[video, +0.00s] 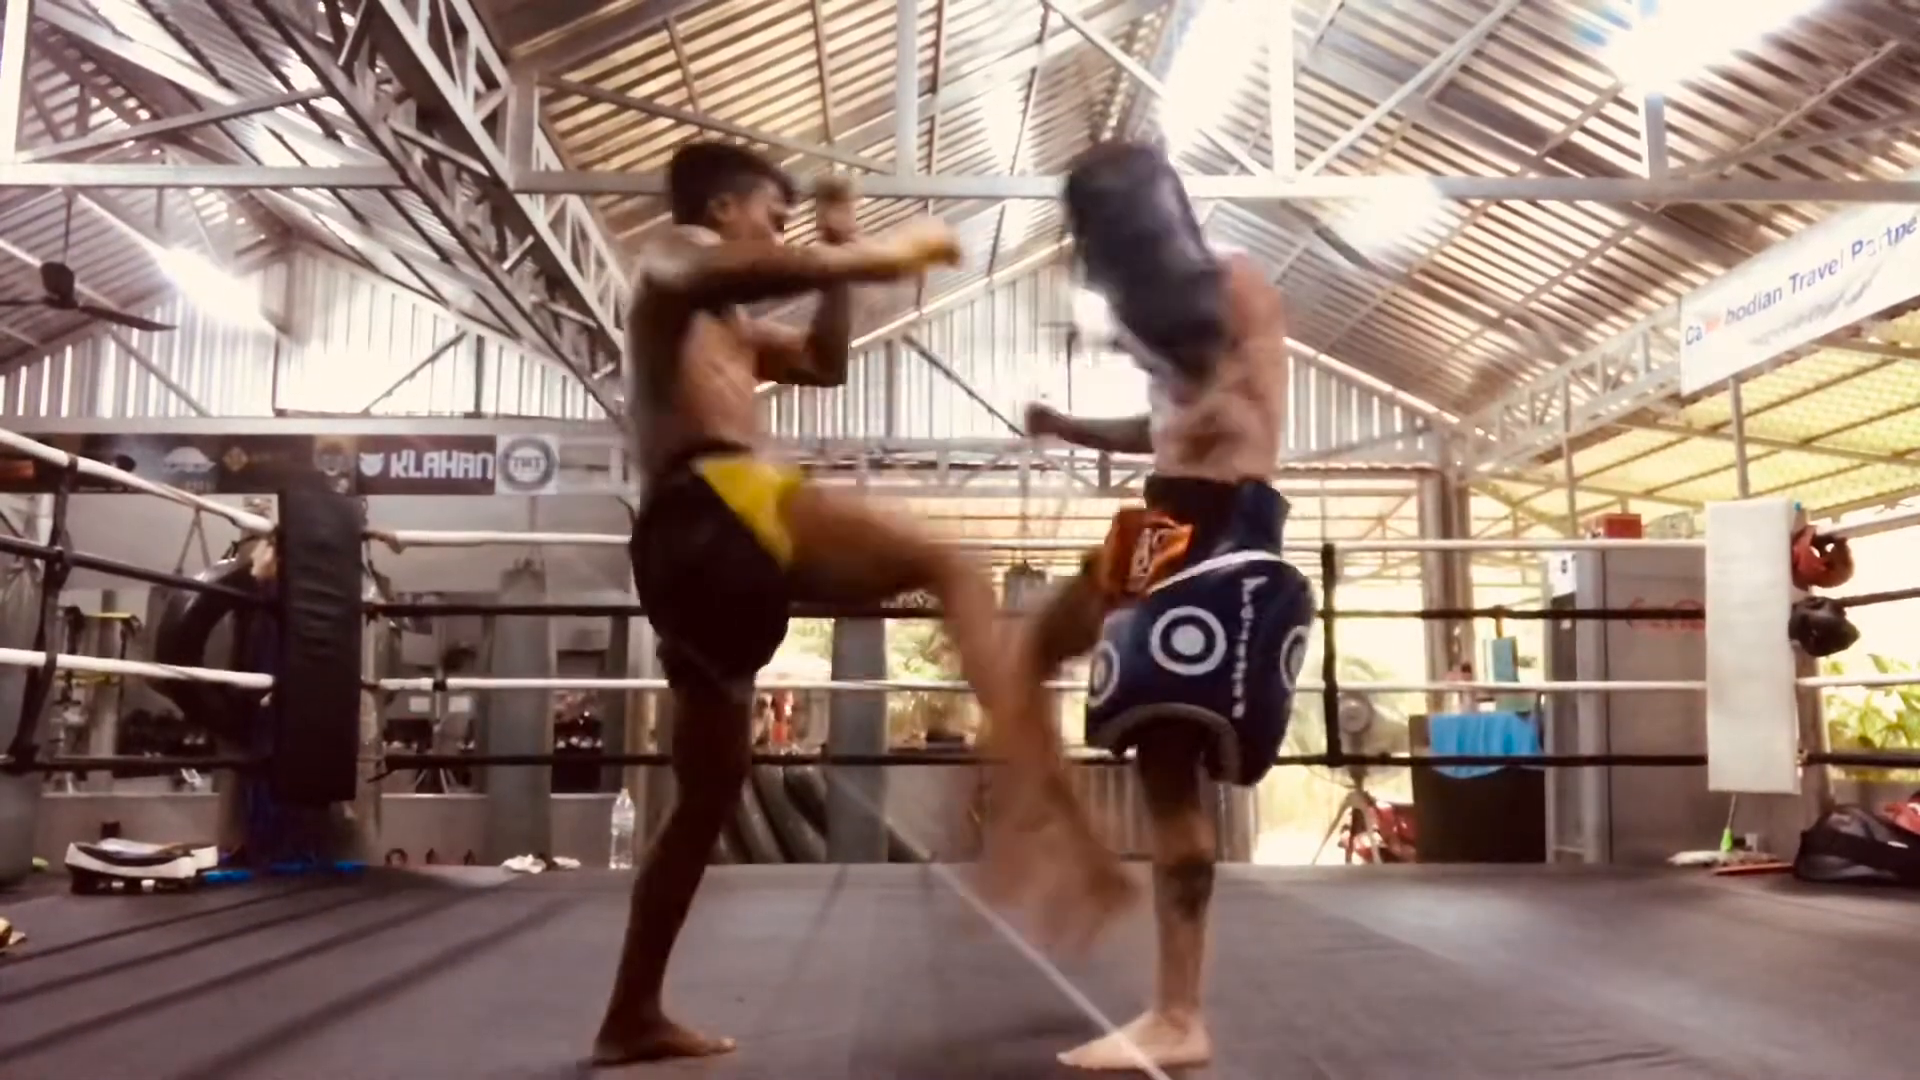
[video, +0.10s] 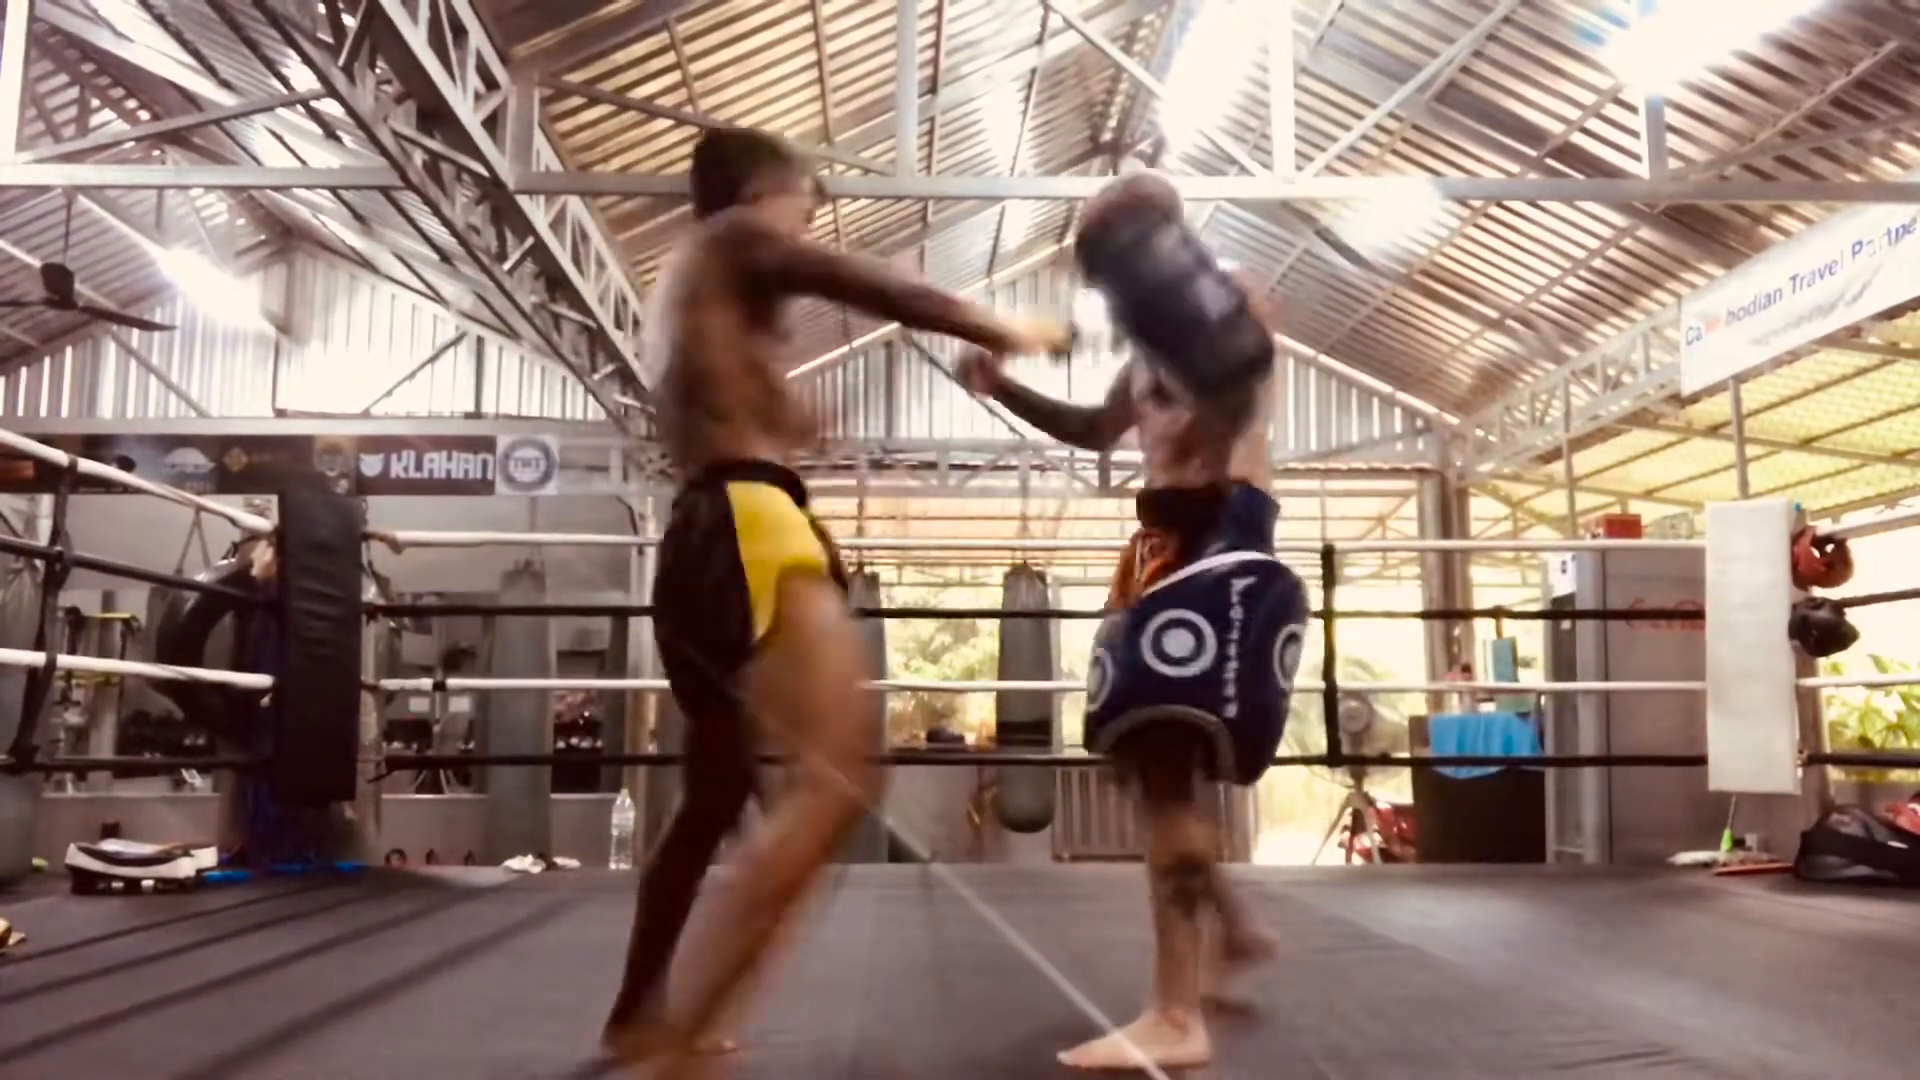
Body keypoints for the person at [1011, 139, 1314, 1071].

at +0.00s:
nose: (1101, 245)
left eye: (1113, 224)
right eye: (1094, 232)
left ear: (1158, 209)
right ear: (1099, 232)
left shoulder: (1232, 280)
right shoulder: (1167, 308)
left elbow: (1203, 350)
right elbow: (1166, 426)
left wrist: (1122, 254)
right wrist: (1075, 430)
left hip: (1219, 519)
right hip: (1162, 515)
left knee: (1169, 767)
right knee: (1018, 656)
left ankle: (1178, 1017)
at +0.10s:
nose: (1109, 268)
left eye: (1122, 245)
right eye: (1101, 254)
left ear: (1164, 235)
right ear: (1111, 264)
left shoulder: (1232, 306)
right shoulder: (1148, 351)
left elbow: (1229, 365)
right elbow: (1094, 429)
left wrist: (1149, 271)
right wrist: (999, 389)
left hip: (1211, 544)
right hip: (1158, 544)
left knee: (1169, 768)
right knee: (1141, 748)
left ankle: (1177, 1016)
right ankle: (1237, 928)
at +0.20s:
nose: (1086, 282)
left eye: (1097, 263)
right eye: (1082, 267)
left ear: (1147, 253)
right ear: (1127, 256)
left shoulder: (1219, 327)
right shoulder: (1135, 346)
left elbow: (1203, 426)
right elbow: (1061, 440)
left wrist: (1103, 333)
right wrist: (988, 379)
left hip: (1222, 551)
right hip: (1186, 551)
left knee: (1141, 768)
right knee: (1229, 777)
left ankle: (1174, 1014)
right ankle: (1290, 965)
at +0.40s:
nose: (1053, 329)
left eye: (1060, 307)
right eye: (1045, 315)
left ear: (1111, 287)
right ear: (1100, 296)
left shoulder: (1162, 348)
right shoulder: (1154, 360)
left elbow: (1198, 486)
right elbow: (1195, 488)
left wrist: (1117, 449)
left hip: (1224, 565)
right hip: (1249, 567)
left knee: (1144, 774)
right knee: (1239, 781)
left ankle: (1175, 1012)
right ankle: (1292, 966)